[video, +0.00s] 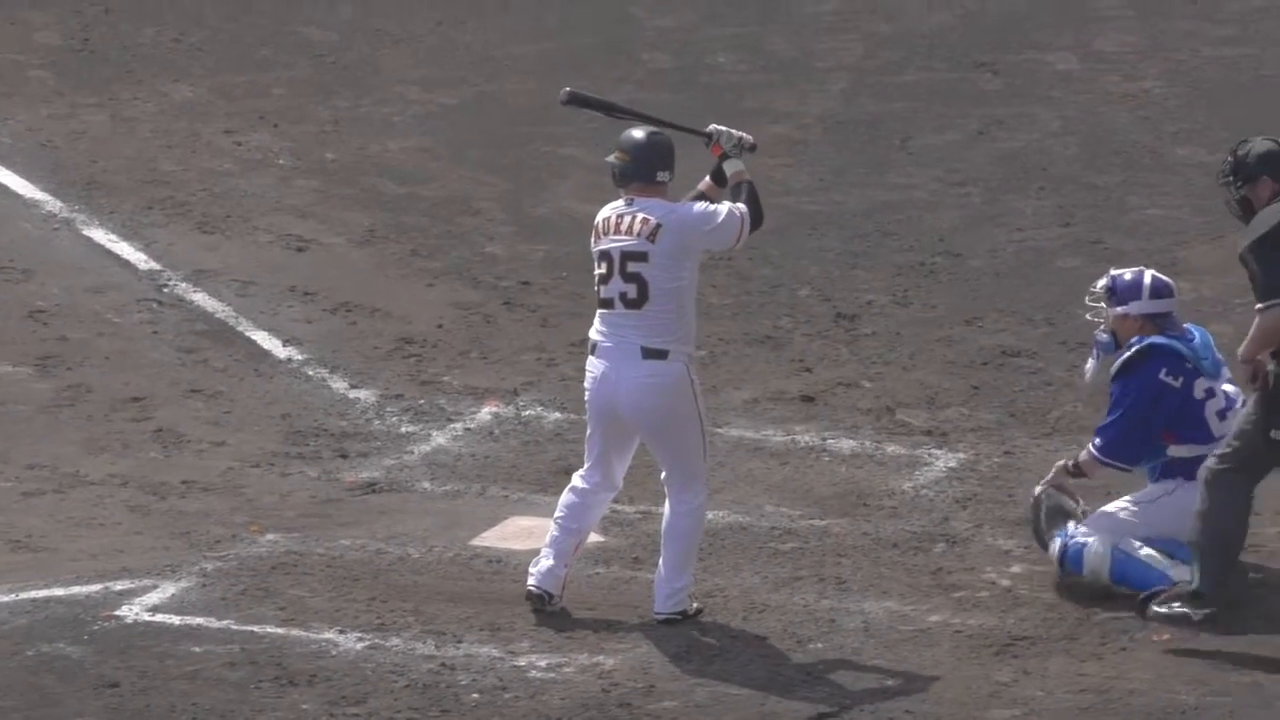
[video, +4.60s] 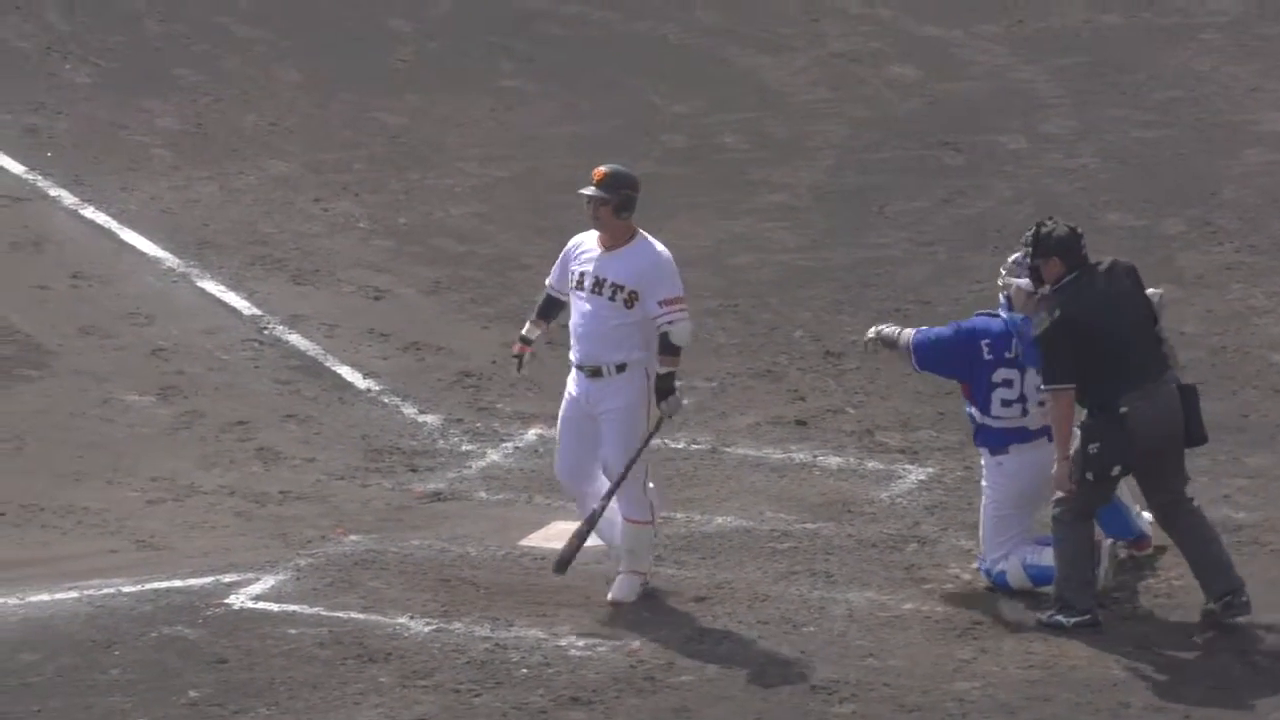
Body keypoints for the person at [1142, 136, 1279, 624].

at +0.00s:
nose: (1242, 196)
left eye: (1246, 186)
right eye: (1241, 186)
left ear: (1267, 186)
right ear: (1270, 186)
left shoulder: (1267, 233)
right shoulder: (1267, 230)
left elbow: (1270, 318)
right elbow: (1270, 317)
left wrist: (1247, 355)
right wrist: (1259, 355)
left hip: (1274, 387)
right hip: (1273, 385)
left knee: (1225, 472)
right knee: (1228, 469)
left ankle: (1210, 592)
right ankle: (1215, 583)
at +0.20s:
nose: (1196, 214)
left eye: (1199, 205)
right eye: (1196, 205)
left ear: (1220, 204)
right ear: (1246, 197)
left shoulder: (1224, 255)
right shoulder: (1274, 226)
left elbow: (1225, 337)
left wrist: (1202, 382)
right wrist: (1226, 377)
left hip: (1262, 402)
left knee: (1188, 505)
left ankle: (1142, 619)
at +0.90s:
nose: (1154, 246)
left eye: (1156, 237)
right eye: (1153, 236)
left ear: (1175, 236)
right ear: (1200, 224)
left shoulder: (1192, 285)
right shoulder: (1260, 242)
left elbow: (1199, 373)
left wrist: (1166, 441)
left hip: (1256, 418)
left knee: (1163, 501)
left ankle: (1135, 619)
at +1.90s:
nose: (1161, 317)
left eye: (1163, 308)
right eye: (1159, 308)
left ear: (1185, 308)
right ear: (1207, 297)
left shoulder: (1188, 352)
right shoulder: (1263, 310)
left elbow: (1203, 435)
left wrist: (1149, 478)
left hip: (1252, 485)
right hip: (1273, 472)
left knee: (1126, 502)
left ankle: (1122, 623)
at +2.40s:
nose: (1095, 328)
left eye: (1097, 320)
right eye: (1093, 320)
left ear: (1117, 318)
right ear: (1142, 306)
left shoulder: (1117, 364)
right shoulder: (1200, 325)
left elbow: (1132, 443)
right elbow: (1255, 399)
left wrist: (1079, 482)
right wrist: (1235, 448)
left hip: (1178, 491)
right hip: (1242, 477)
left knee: (1057, 507)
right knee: (1256, 478)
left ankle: (1054, 619)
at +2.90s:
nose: (1042, 325)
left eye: (1045, 318)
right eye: (1040, 317)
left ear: (1064, 318)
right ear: (1088, 309)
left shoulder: (1063, 360)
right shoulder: (1138, 326)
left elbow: (1075, 431)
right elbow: (1187, 390)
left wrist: (1028, 465)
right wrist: (1169, 437)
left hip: (1117, 476)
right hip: (1175, 461)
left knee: (1010, 487)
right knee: (1182, 467)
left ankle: (1006, 588)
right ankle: (1225, 558)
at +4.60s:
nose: (1036, 269)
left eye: (1038, 262)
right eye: (1035, 261)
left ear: (1055, 263)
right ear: (1077, 254)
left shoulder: (1058, 315)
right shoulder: (1122, 274)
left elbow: (1063, 397)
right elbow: (1147, 334)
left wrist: (1062, 457)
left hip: (1119, 415)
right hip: (1166, 396)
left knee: (1070, 508)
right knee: (1172, 501)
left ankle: (1076, 607)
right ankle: (1228, 593)